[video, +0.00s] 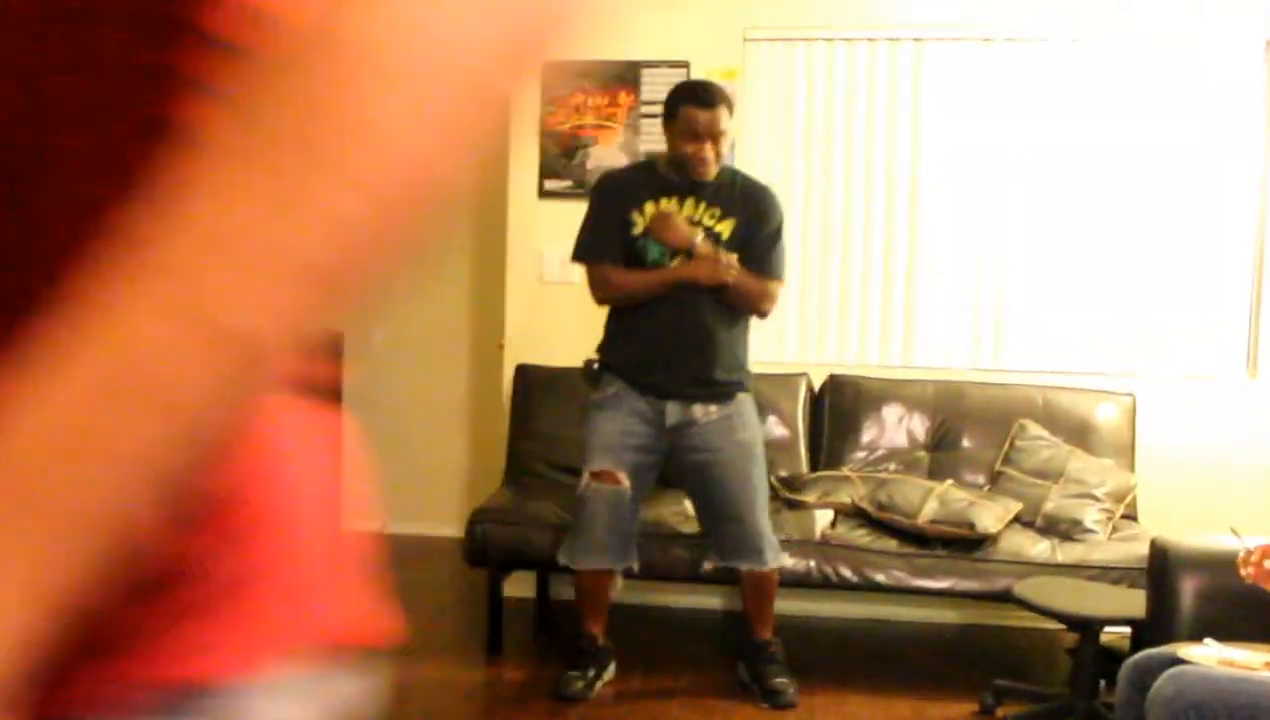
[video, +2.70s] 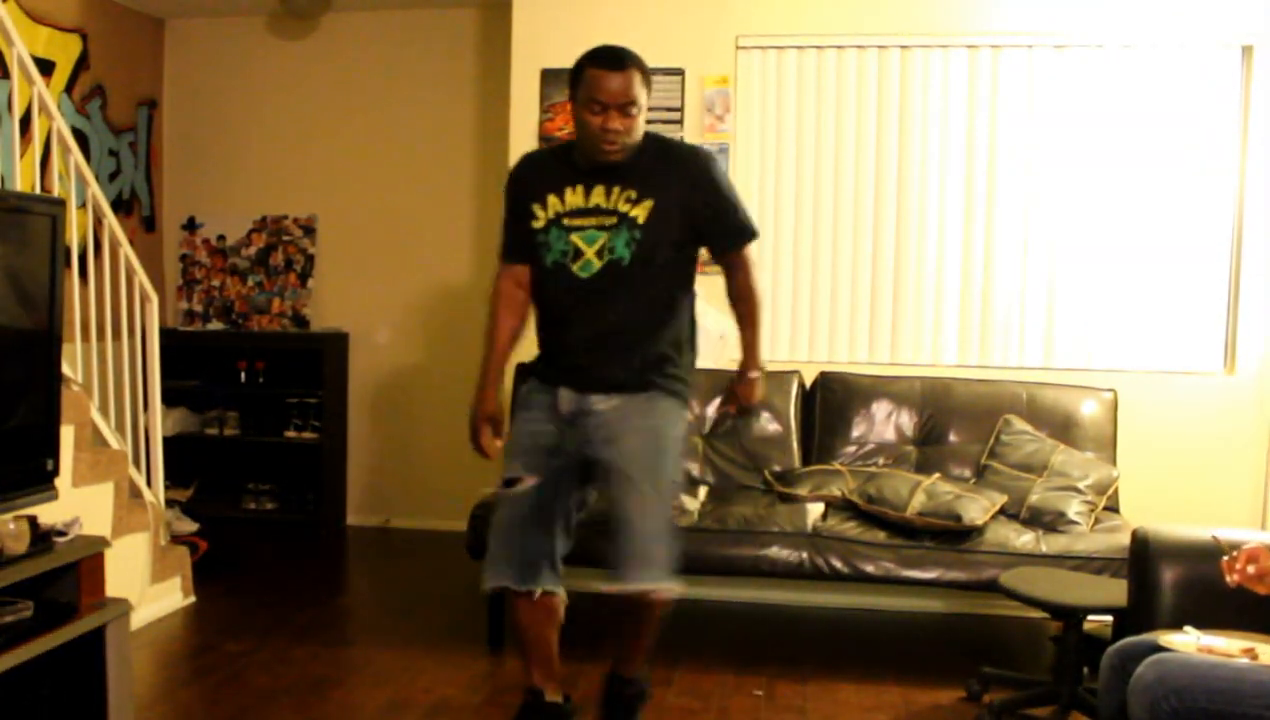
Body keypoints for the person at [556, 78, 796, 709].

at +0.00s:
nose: (705, 149)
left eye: (715, 136)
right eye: (692, 136)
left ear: (729, 134)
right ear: (667, 132)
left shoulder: (755, 203)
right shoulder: (621, 188)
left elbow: (763, 299)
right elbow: (603, 286)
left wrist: (692, 245)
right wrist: (693, 272)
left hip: (720, 397)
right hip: (627, 391)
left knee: (755, 535)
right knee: (600, 506)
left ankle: (763, 649)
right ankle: (591, 650)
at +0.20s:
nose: (681, 134)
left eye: (694, 123)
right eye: (671, 122)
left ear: (720, 126)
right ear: (659, 124)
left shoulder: (757, 192)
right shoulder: (620, 189)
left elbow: (784, 284)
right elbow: (585, 272)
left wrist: (771, 265)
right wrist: (616, 287)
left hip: (731, 385)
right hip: (638, 384)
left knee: (763, 521)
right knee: (607, 505)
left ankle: (772, 647)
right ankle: (596, 643)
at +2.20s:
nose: (676, 98)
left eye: (689, 85)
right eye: (662, 86)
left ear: (709, 93)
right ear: (642, 95)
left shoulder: (752, 177)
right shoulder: (602, 176)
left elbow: (784, 277)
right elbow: (579, 279)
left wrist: (722, 258)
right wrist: (638, 274)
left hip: (736, 398)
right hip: (635, 392)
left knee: (762, 552)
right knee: (596, 538)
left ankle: (761, 677)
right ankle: (551, 692)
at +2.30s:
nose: (656, 107)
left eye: (669, 94)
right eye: (641, 94)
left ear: (689, 101)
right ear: (621, 103)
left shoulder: (731, 180)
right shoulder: (583, 180)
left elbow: (775, 271)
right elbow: (549, 280)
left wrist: (743, 329)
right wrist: (620, 280)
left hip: (700, 403)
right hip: (602, 398)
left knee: (737, 557)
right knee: (580, 542)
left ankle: (754, 673)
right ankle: (549, 699)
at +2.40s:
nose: (639, 111)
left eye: (651, 97)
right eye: (625, 99)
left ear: (671, 100)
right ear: (602, 105)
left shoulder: (714, 164)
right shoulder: (567, 177)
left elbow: (760, 265)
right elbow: (527, 279)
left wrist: (786, 368)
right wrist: (601, 291)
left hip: (660, 391)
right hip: (568, 383)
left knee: (656, 542)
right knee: (549, 532)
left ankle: (720, 662)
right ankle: (546, 695)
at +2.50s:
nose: (628, 115)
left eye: (639, 101)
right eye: (613, 103)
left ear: (658, 100)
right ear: (589, 107)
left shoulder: (704, 156)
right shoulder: (559, 178)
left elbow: (753, 261)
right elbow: (520, 282)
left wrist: (797, 364)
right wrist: (569, 336)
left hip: (636, 390)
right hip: (549, 380)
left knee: (583, 536)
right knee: (530, 538)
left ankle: (631, 672)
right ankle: (543, 697)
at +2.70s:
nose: (613, 121)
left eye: (627, 108)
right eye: (599, 107)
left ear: (646, 106)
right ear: (573, 105)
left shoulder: (688, 171)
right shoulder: (534, 177)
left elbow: (738, 265)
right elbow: (515, 283)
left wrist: (751, 362)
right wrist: (489, 384)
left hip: (646, 393)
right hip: (552, 389)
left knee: (647, 565)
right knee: (524, 552)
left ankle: (626, 687)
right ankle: (546, 697)